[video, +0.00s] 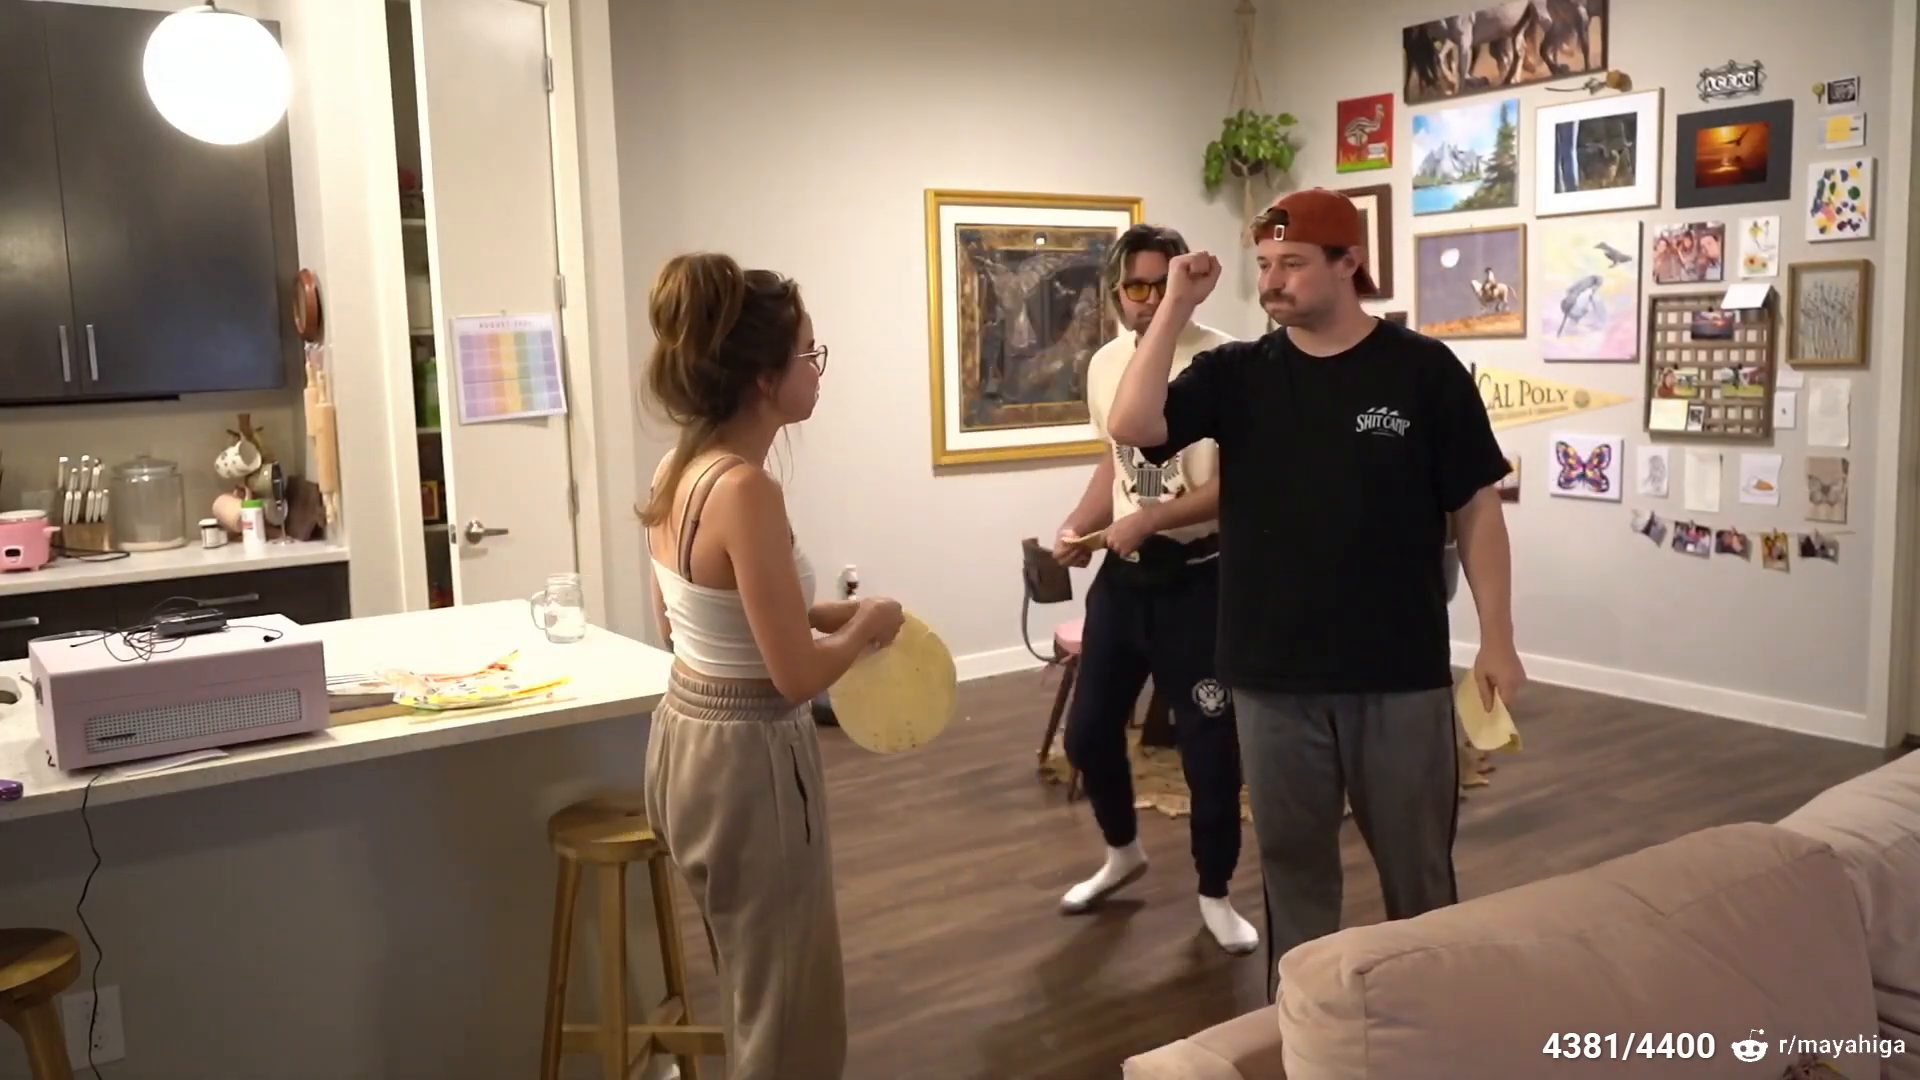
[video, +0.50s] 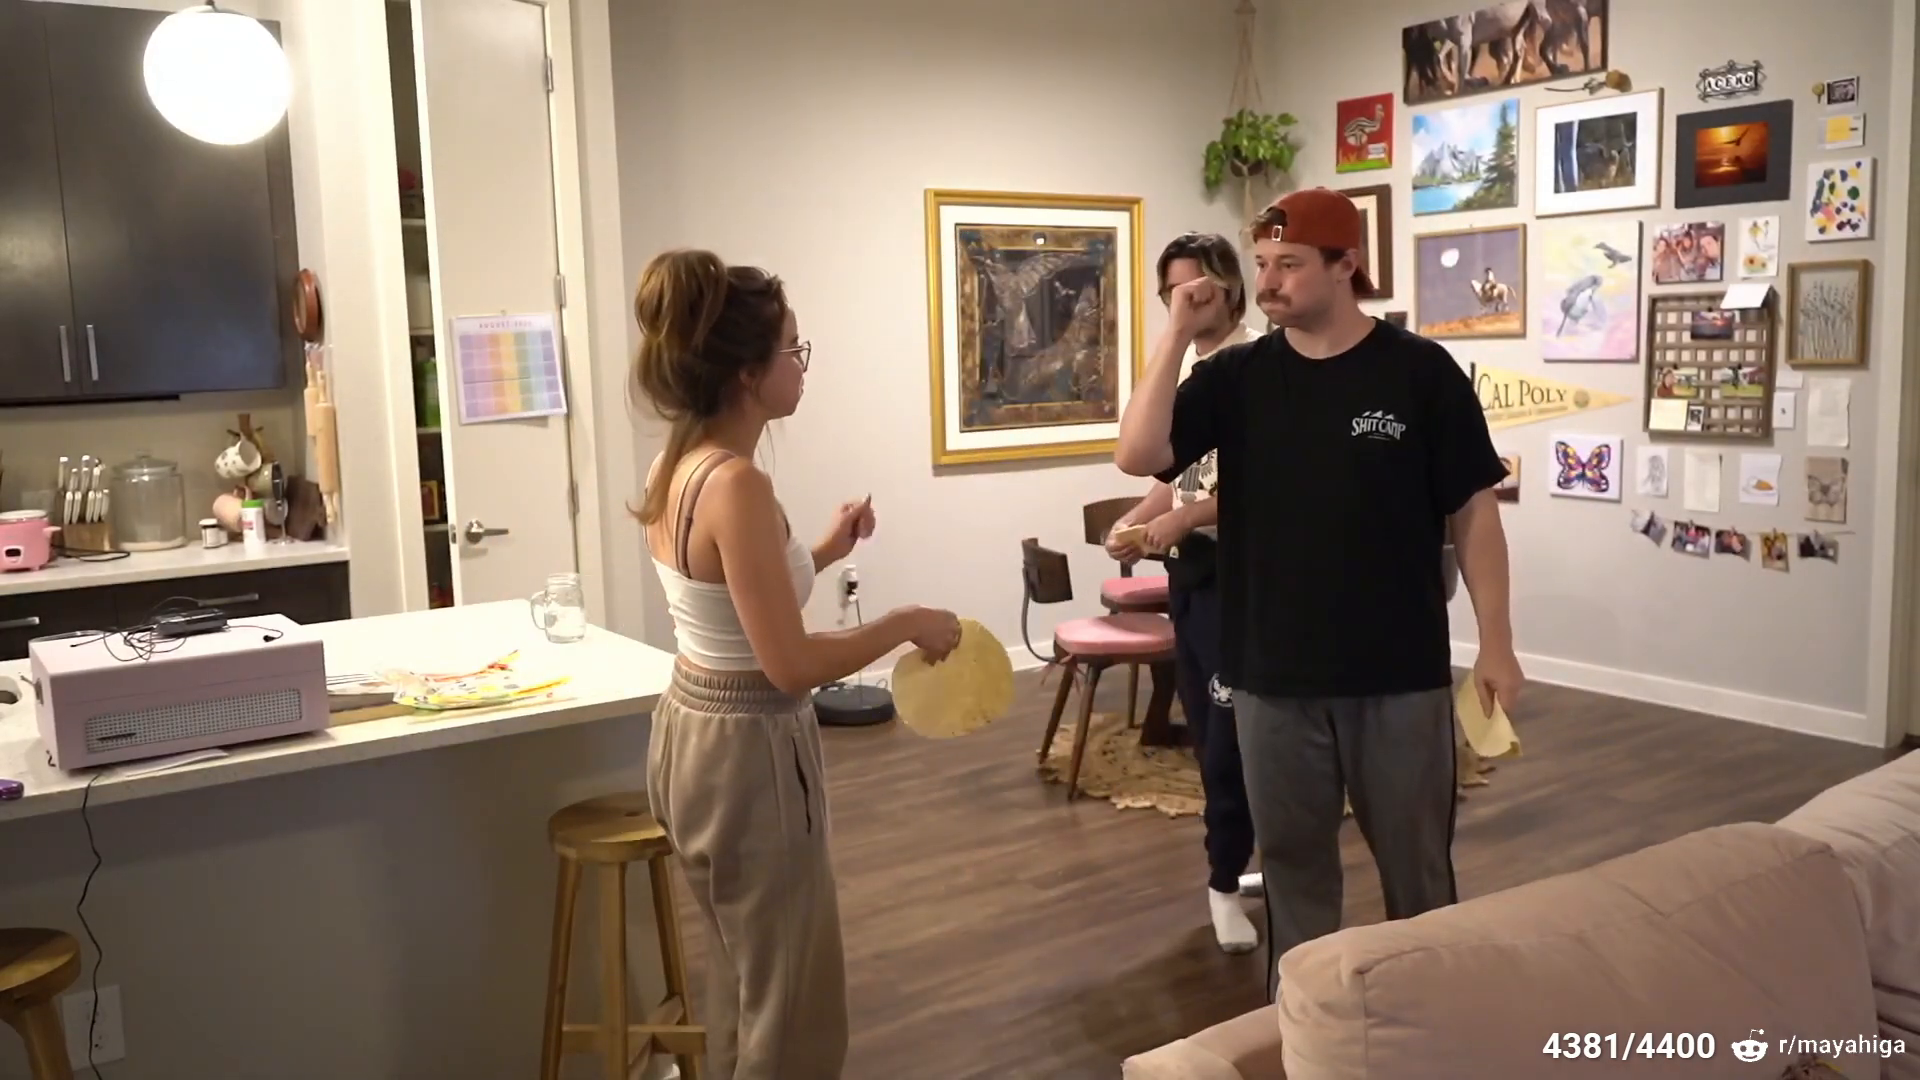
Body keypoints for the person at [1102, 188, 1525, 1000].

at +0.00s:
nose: (1272, 278)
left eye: (1291, 261)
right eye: (1265, 264)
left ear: (1348, 266)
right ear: (1259, 275)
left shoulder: (1425, 370)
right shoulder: (1239, 373)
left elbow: (1479, 512)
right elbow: (1130, 424)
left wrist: (1497, 641)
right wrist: (1175, 304)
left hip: (1400, 679)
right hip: (1271, 682)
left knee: (1419, 881)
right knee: (1293, 882)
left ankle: (1440, 1036)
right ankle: (1302, 1038)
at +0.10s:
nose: (1270, 281)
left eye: (1289, 264)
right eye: (1264, 266)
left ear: (1346, 267)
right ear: (1257, 272)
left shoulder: (1424, 370)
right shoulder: (1239, 375)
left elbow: (1477, 510)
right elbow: (1132, 432)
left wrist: (1497, 639)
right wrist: (1170, 319)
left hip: (1400, 679)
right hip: (1272, 682)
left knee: (1418, 880)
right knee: (1293, 882)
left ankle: (1439, 1037)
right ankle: (1302, 1040)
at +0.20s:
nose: (1271, 285)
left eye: (1290, 267)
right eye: (1265, 269)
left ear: (1347, 270)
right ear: (1259, 276)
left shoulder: (1424, 371)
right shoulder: (1238, 376)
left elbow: (1477, 512)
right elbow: (1138, 450)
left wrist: (1496, 642)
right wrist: (1159, 332)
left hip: (1400, 682)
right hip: (1272, 685)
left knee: (1418, 885)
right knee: (1295, 887)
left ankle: (1439, 1040)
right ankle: (1303, 1043)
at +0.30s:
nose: (1269, 282)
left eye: (1289, 265)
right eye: (1264, 267)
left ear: (1346, 269)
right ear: (1258, 275)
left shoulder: (1424, 372)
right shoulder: (1238, 378)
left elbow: (1476, 513)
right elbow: (1137, 460)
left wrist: (1494, 642)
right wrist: (1153, 340)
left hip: (1400, 679)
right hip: (1273, 683)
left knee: (1418, 883)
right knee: (1294, 885)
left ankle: (1440, 1038)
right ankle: (1303, 1041)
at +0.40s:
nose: (1269, 275)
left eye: (1289, 259)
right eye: (1263, 262)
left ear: (1344, 266)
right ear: (1256, 274)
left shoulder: (1422, 371)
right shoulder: (1235, 376)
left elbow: (1476, 511)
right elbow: (1136, 453)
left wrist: (1494, 641)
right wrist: (1168, 332)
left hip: (1400, 679)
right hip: (1273, 683)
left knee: (1418, 882)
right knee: (1294, 884)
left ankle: (1438, 1039)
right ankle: (1302, 1041)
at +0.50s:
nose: (1269, 279)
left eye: (1288, 262)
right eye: (1262, 265)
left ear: (1345, 268)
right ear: (1256, 274)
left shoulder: (1422, 372)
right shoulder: (1236, 376)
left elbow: (1475, 512)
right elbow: (1139, 453)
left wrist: (1496, 642)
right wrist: (1175, 334)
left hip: (1400, 679)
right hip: (1272, 684)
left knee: (1418, 881)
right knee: (1293, 884)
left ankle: (1438, 1038)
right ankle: (1305, 1042)